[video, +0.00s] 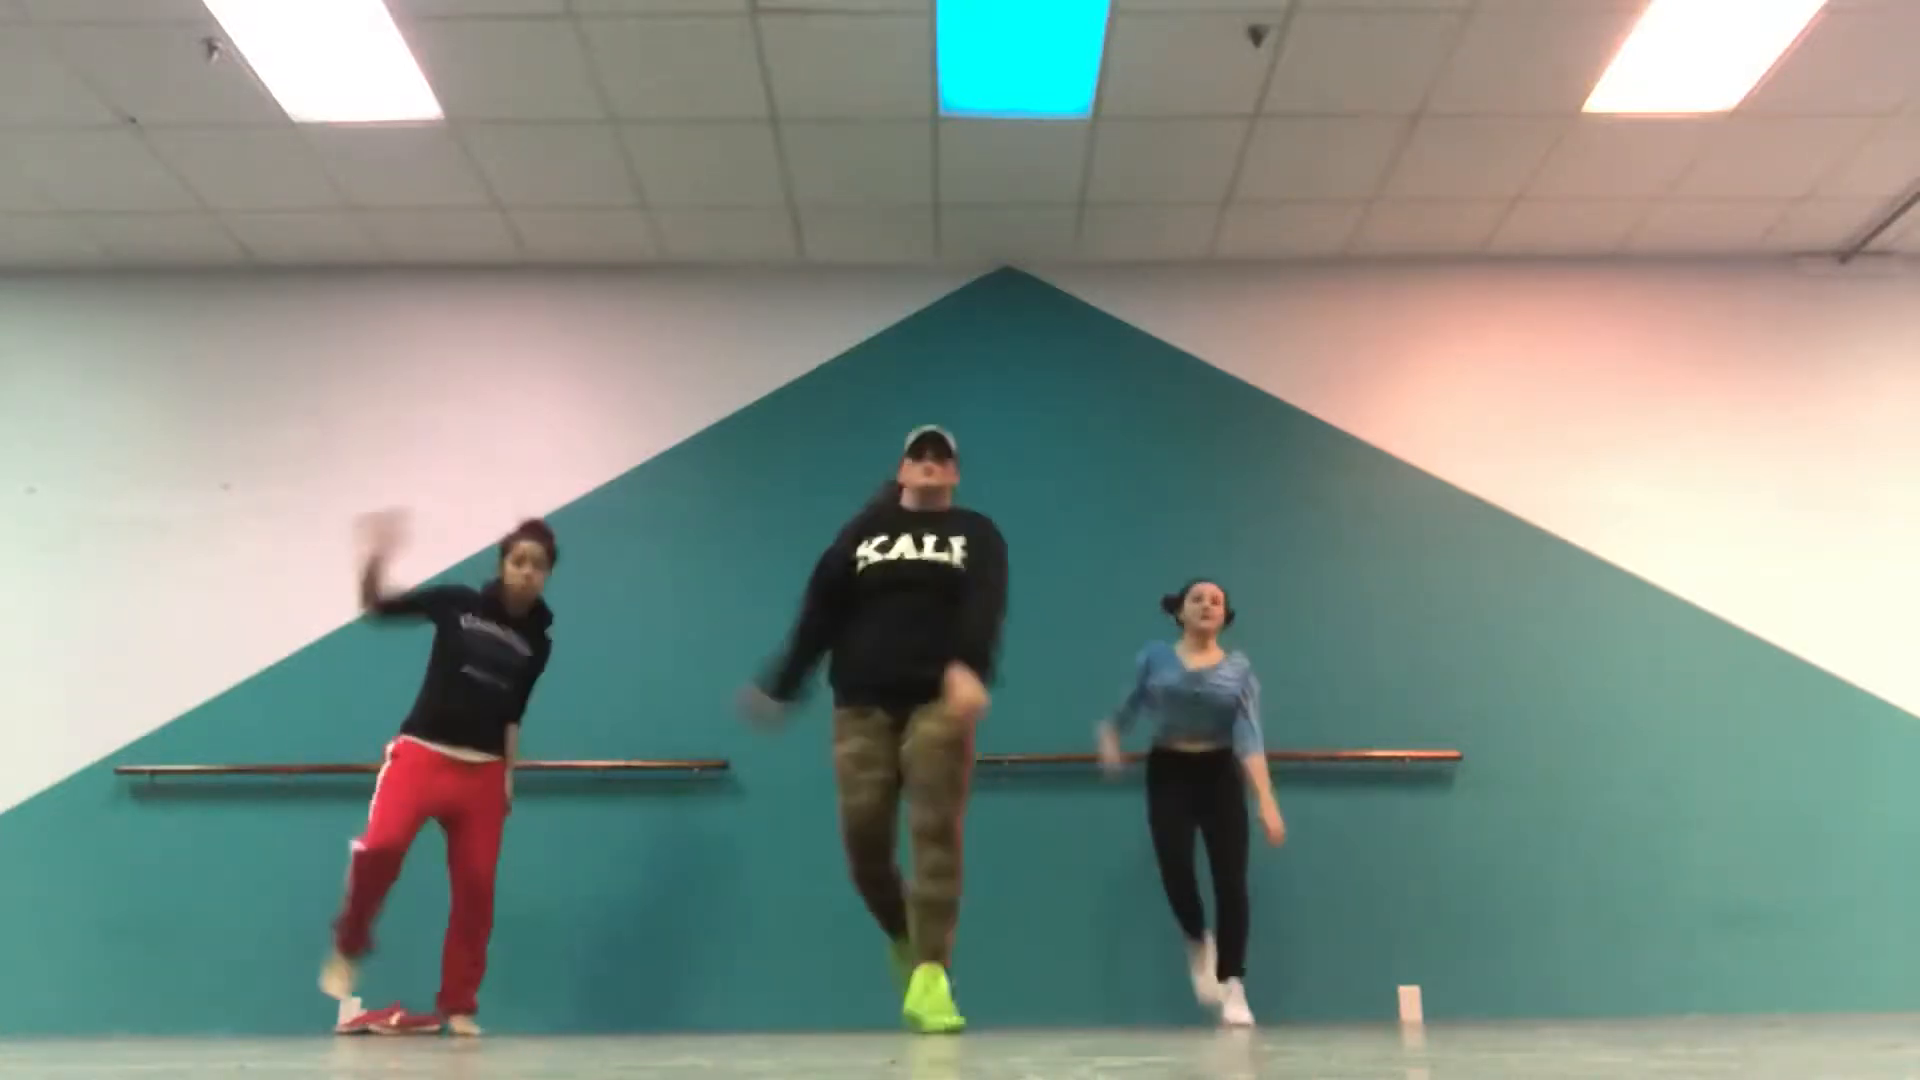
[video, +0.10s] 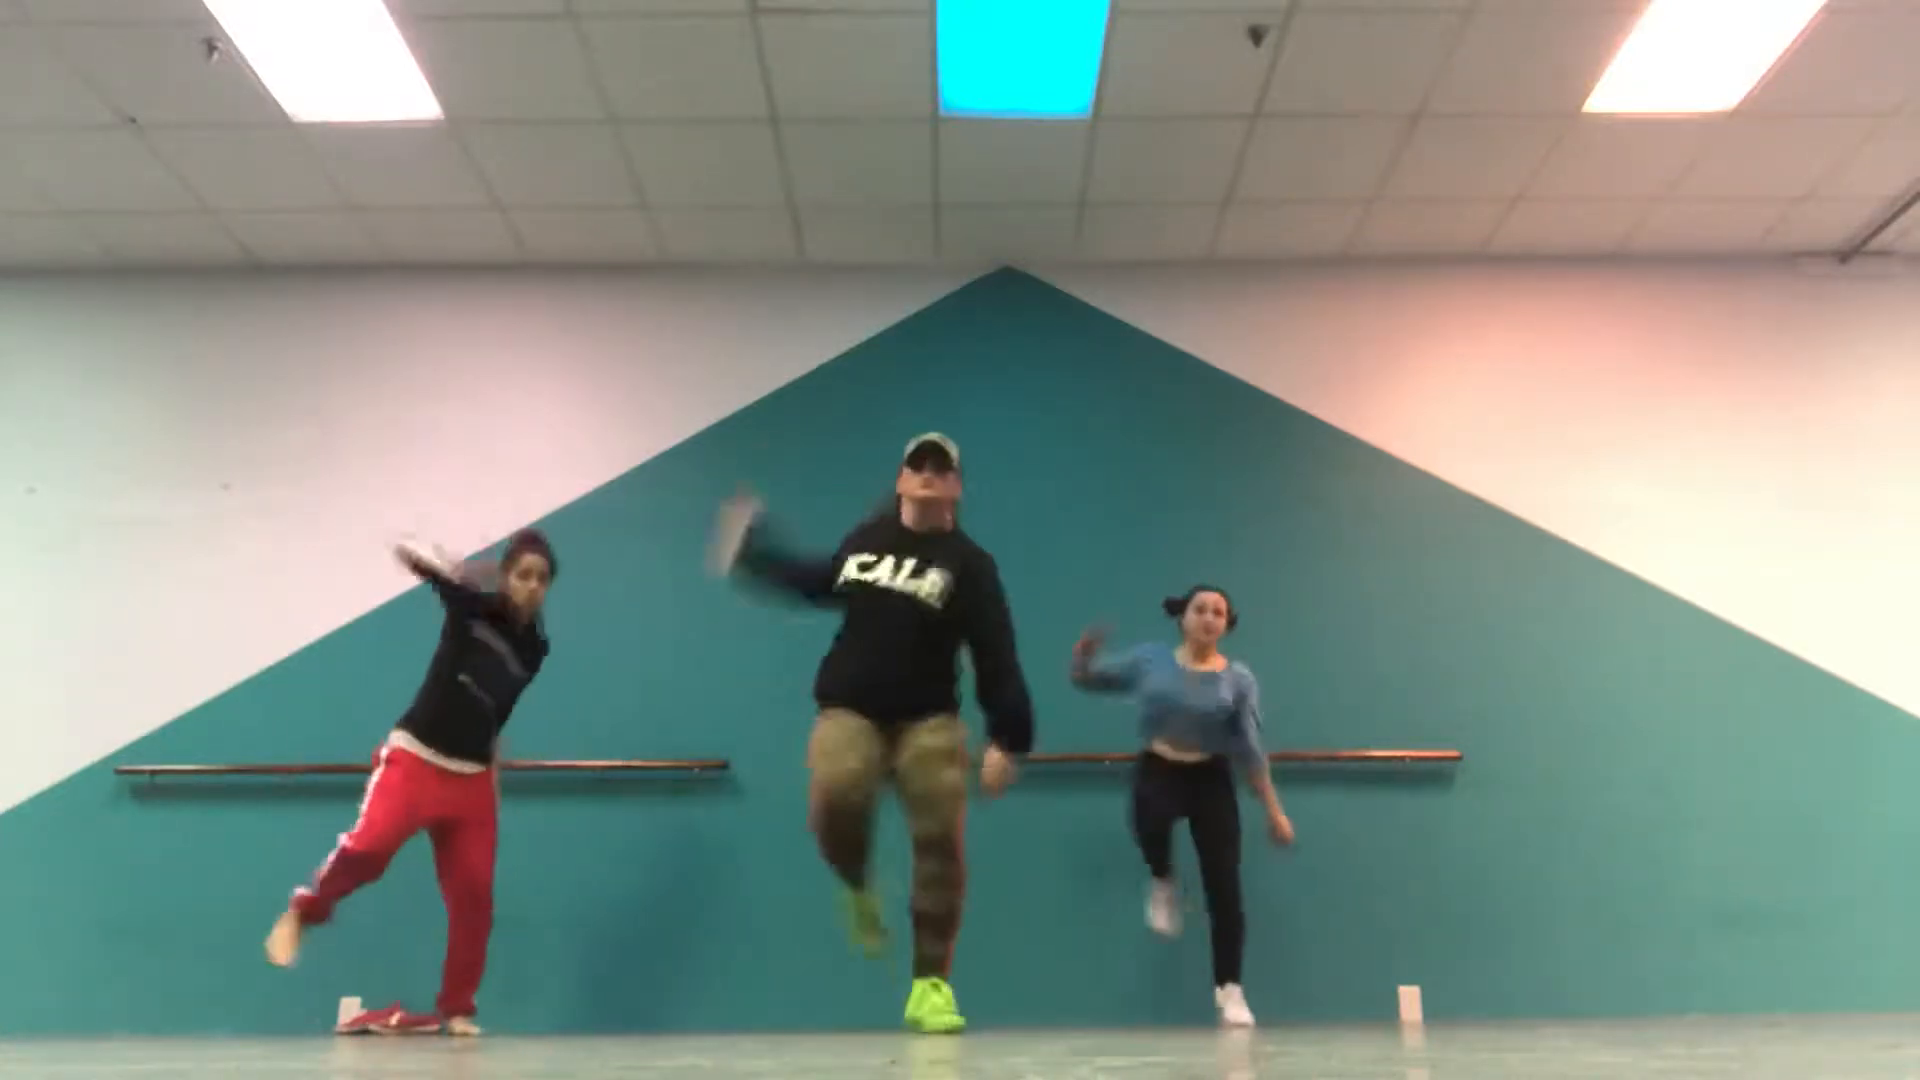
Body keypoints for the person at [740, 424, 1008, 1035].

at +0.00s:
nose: (929, 466)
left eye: (940, 460)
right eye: (919, 458)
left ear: (954, 475)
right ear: (900, 472)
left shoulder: (976, 534)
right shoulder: (862, 532)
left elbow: (984, 604)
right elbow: (821, 610)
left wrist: (971, 663)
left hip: (940, 699)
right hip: (862, 703)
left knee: (935, 833)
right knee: (864, 842)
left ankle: (933, 972)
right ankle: (903, 941)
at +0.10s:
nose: (930, 478)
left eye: (942, 471)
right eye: (920, 469)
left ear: (957, 486)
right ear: (901, 481)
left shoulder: (970, 564)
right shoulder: (868, 539)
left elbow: (996, 653)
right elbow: (820, 582)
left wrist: (1008, 736)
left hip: (929, 714)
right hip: (850, 707)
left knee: (939, 844)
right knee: (836, 798)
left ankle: (932, 981)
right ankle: (859, 887)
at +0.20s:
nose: (937, 482)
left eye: (949, 476)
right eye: (927, 473)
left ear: (964, 492)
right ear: (907, 482)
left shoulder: (970, 578)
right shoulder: (865, 523)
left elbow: (973, 667)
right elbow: (808, 523)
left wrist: (965, 740)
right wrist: (817, 478)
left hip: (910, 713)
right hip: (828, 697)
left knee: (935, 827)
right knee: (787, 761)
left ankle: (930, 980)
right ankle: (761, 897)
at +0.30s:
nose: (954, 506)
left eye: (967, 496)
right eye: (945, 492)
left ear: (982, 509)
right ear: (925, 495)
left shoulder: (972, 596)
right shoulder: (883, 524)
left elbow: (953, 681)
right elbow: (803, 523)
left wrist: (914, 737)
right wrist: (832, 576)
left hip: (878, 721)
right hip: (799, 695)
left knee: (930, 825)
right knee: (725, 810)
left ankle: (929, 979)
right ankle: (645, 931)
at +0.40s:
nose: (954, 540)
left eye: (967, 531)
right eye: (945, 525)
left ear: (976, 547)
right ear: (919, 528)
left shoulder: (947, 602)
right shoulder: (869, 575)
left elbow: (908, 678)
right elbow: (822, 646)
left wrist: (879, 739)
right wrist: (807, 725)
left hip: (853, 739)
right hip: (773, 721)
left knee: (930, 829)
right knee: (697, 836)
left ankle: (923, 987)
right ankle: (588, 973)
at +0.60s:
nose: (897, 470)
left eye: (907, 457)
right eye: (884, 457)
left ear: (921, 462)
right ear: (861, 462)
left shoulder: (926, 524)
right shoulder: (831, 523)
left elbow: (899, 620)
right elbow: (813, 613)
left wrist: (875, 701)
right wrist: (817, 700)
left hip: (872, 709)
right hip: (789, 701)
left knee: (919, 826)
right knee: (727, 833)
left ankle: (922, 983)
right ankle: (624, 967)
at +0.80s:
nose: (820, 469)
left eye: (831, 456)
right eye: (807, 460)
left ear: (856, 461)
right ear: (793, 474)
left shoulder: (901, 506)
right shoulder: (781, 548)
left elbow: (985, 506)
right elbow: (758, 626)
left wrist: (944, 512)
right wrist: (759, 699)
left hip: (899, 681)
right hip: (819, 703)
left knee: (917, 741)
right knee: (791, 845)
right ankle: (778, 979)